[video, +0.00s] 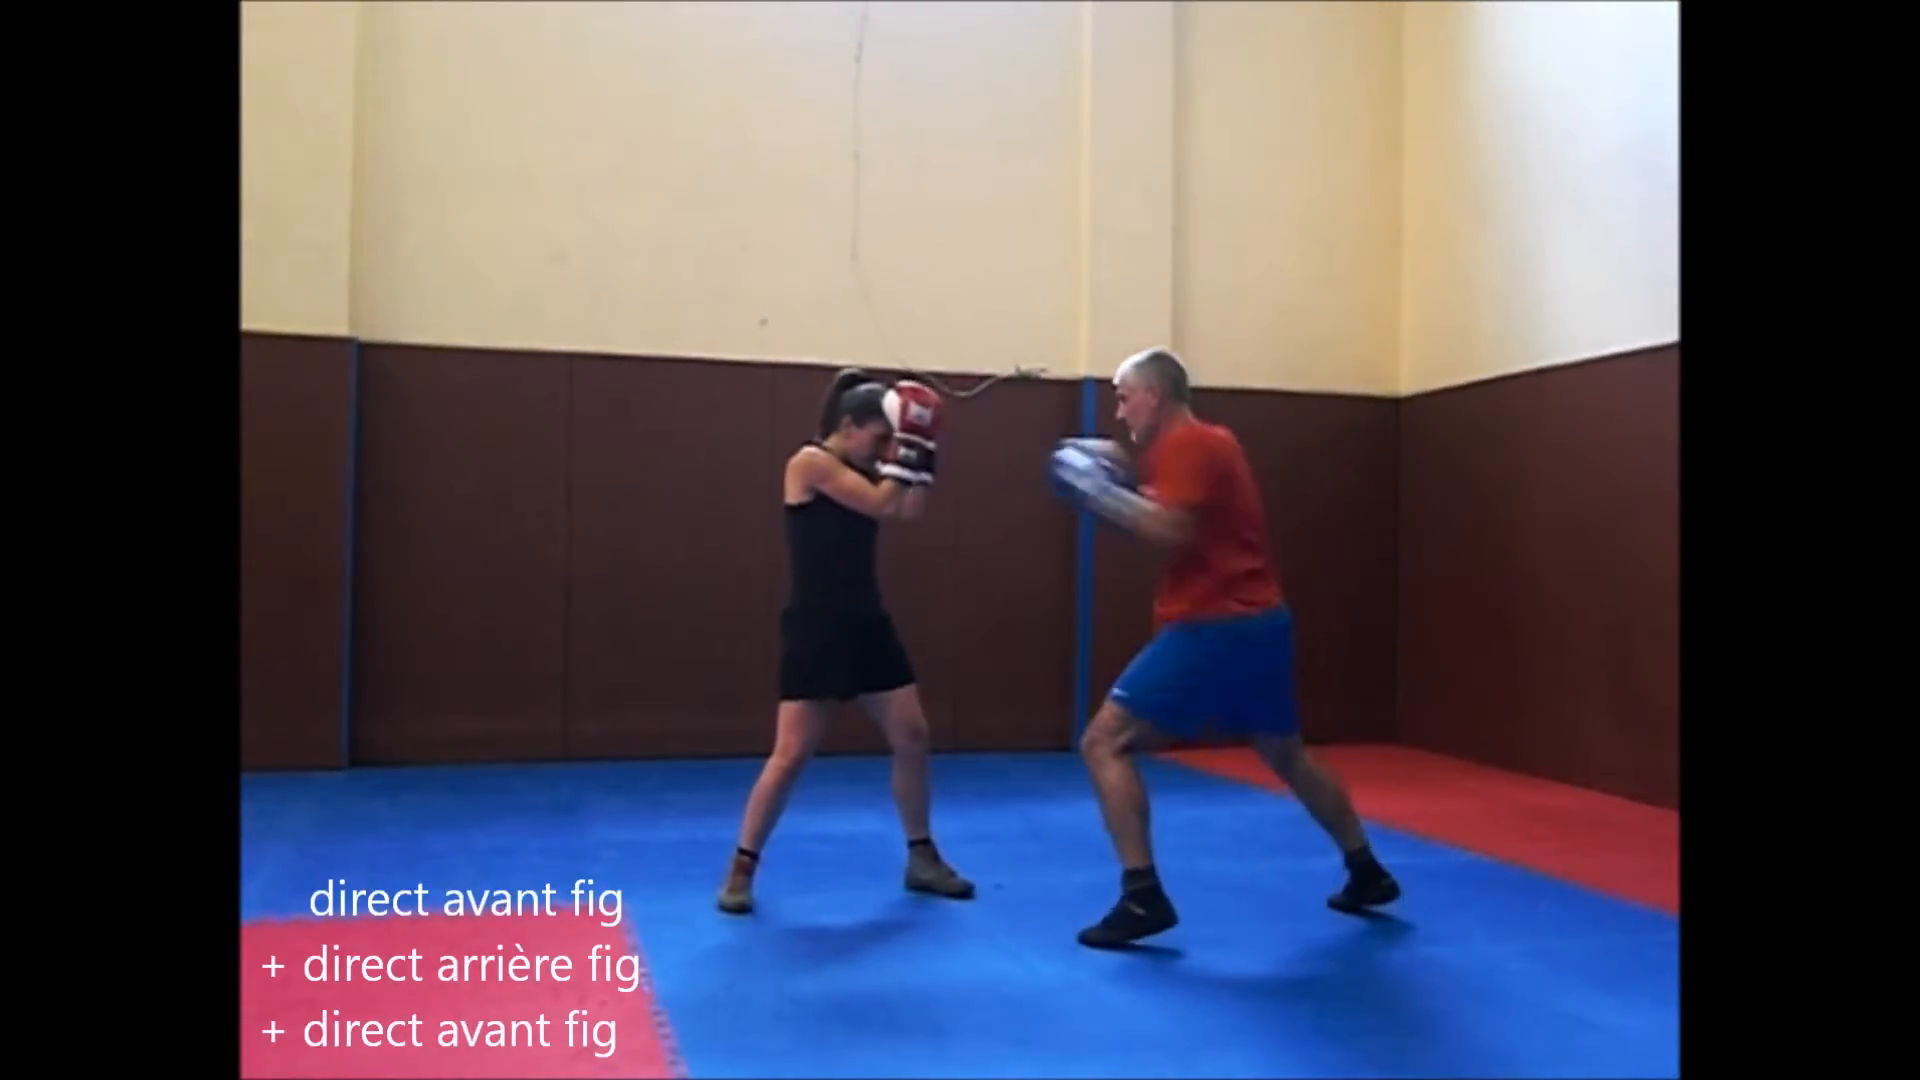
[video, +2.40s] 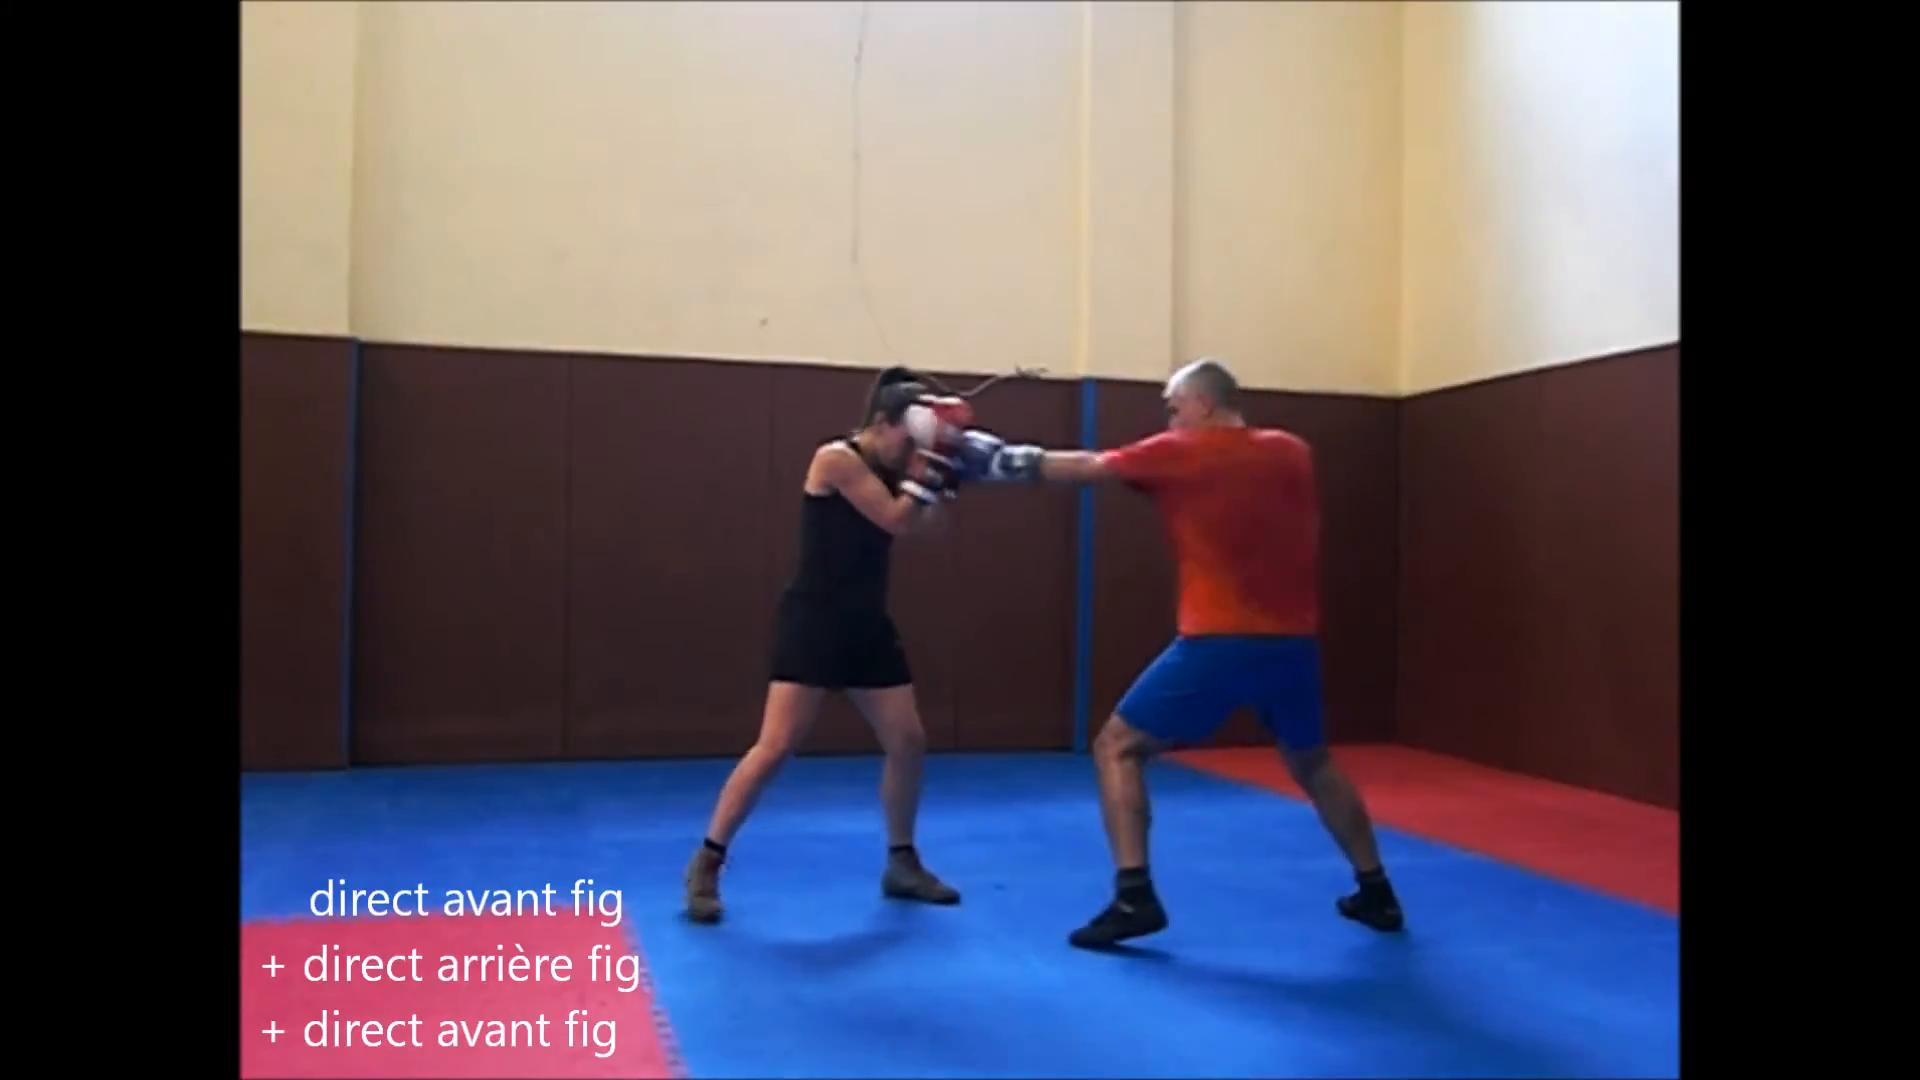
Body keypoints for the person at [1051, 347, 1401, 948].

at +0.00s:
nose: (1118, 411)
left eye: (1125, 398)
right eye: (1117, 399)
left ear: (1157, 397)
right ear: (1167, 399)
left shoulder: (1185, 446)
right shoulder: (1211, 440)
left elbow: (1170, 526)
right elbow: (1184, 506)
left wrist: (1096, 494)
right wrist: (1124, 476)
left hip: (1206, 630)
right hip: (1259, 624)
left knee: (1104, 744)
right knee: (1289, 756)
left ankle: (1142, 897)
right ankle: (1367, 871)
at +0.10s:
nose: (1120, 416)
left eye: (1126, 405)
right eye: (1120, 406)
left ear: (1157, 403)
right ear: (1183, 403)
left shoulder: (1134, 442)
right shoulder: (1241, 442)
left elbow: (1038, 462)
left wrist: (966, 441)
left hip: (1193, 628)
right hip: (1268, 620)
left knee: (1104, 745)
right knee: (1298, 750)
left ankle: (1139, 893)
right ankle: (1360, 874)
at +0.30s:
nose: (1145, 422)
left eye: (1149, 411)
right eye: (1145, 412)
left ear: (1173, 408)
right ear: (1205, 410)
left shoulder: (1153, 451)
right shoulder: (1262, 450)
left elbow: (1053, 470)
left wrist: (978, 452)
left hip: (1208, 628)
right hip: (1281, 624)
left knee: (1113, 751)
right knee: (1306, 757)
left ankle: (1144, 901)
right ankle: (1361, 887)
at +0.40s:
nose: (1156, 397)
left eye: (1160, 386)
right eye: (1155, 387)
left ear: (1187, 380)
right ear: (1214, 381)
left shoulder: (1177, 430)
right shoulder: (1267, 429)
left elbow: (1123, 491)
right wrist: (1097, 462)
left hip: (1221, 608)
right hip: (1286, 604)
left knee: (1131, 742)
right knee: (1308, 747)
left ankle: (1146, 896)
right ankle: (1362, 880)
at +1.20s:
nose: (1212, 411)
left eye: (1214, 397)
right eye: (1209, 400)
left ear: (1239, 387)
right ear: (1252, 388)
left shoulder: (1267, 440)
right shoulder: (1289, 441)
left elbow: (1176, 495)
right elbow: (1189, 493)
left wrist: (1157, 428)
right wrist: (1165, 431)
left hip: (1285, 628)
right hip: (1323, 628)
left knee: (1188, 749)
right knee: (1336, 766)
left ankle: (1204, 909)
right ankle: (1402, 890)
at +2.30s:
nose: (1196, 409)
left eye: (1200, 397)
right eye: (1194, 398)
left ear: (1232, 390)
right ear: (1253, 392)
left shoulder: (1217, 439)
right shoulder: (1311, 443)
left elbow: (1174, 501)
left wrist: (1111, 471)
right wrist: (1154, 469)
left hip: (1227, 628)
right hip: (1302, 630)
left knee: (1134, 743)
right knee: (1318, 762)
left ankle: (1134, 895)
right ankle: (1376, 891)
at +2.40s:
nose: (1169, 421)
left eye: (1173, 409)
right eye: (1169, 410)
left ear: (1203, 407)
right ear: (1228, 408)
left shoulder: (1183, 452)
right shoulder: (1294, 451)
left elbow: (1090, 467)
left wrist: (1005, 459)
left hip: (1212, 645)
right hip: (1291, 646)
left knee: (1117, 748)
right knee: (1315, 766)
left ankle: (1134, 898)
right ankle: (1377, 892)